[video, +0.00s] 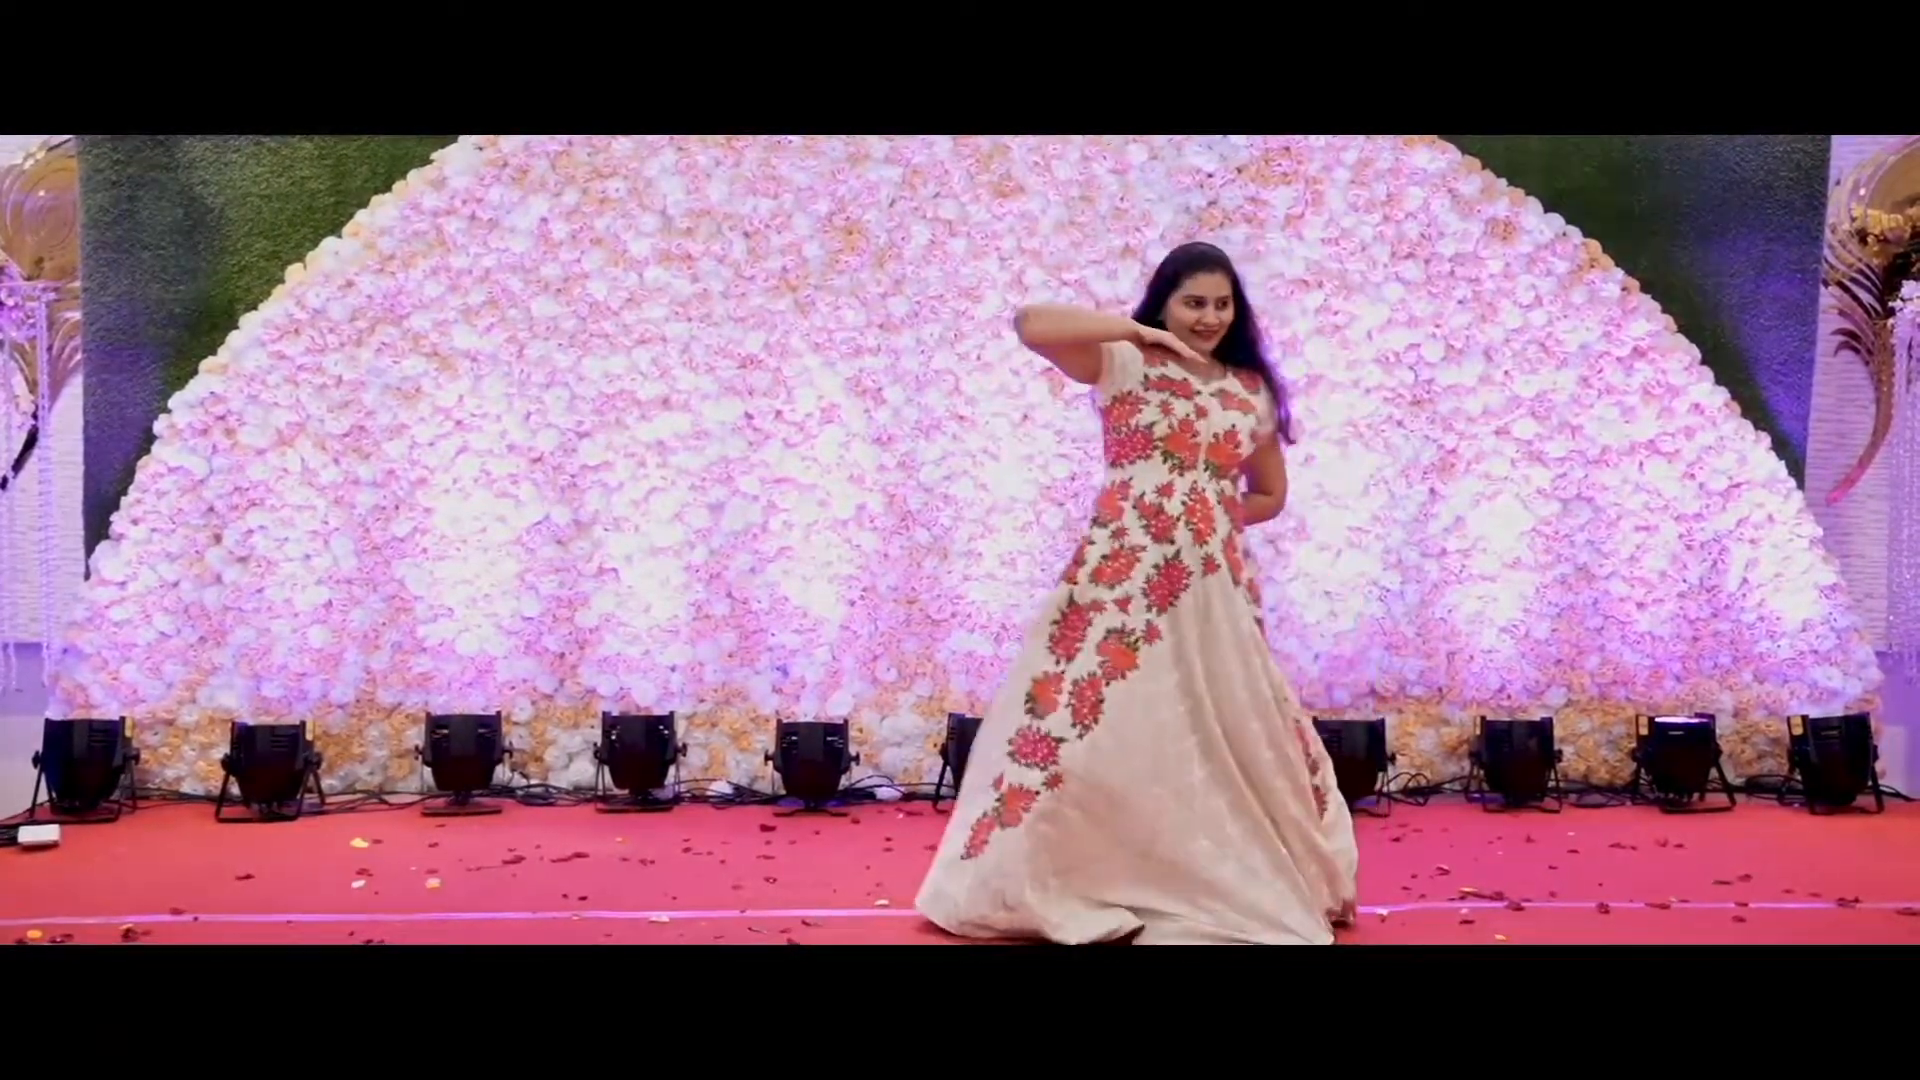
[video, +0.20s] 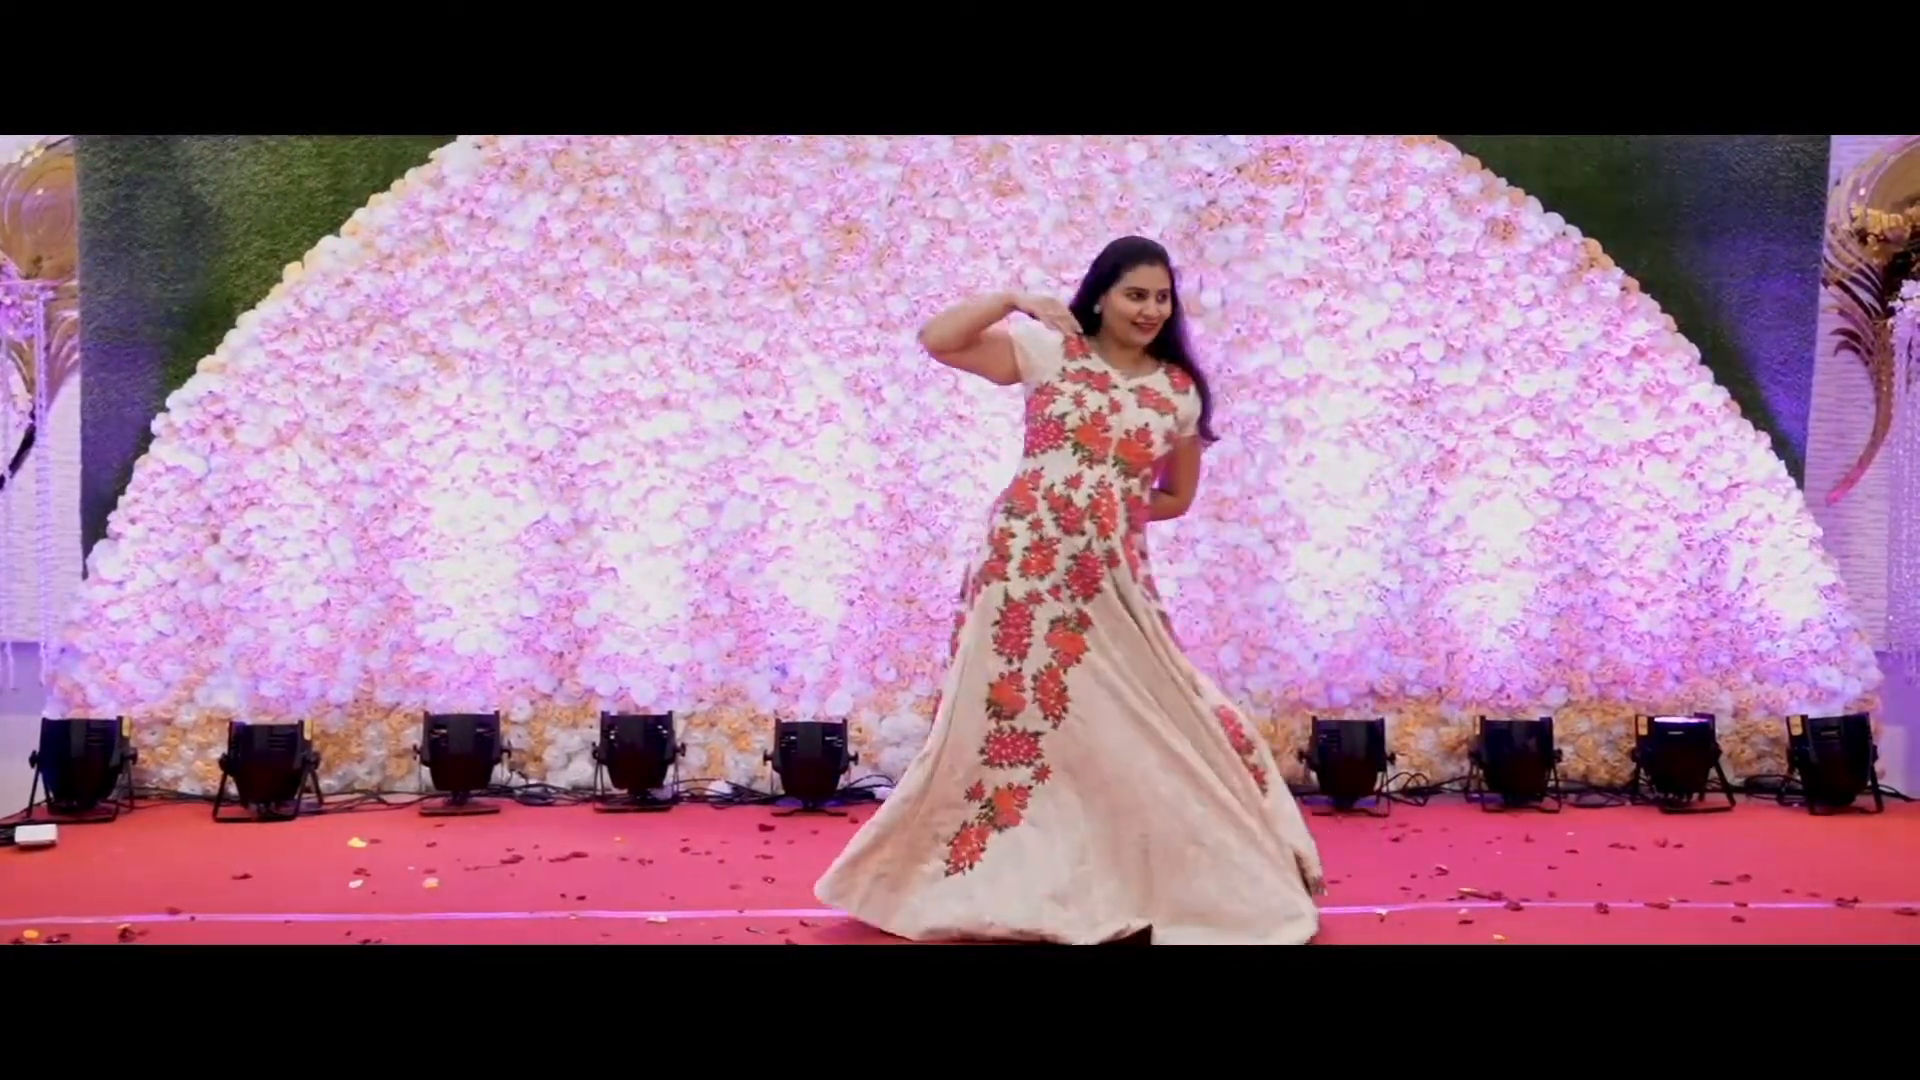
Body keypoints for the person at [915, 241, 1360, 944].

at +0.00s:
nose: (1209, 316)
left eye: (1222, 304)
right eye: (1194, 301)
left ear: (1235, 312)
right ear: (1163, 303)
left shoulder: (1249, 393)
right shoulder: (1123, 361)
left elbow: (1271, 495)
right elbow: (1033, 325)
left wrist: (1206, 512)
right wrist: (1136, 330)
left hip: (1207, 572)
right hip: (1124, 561)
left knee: (1209, 728)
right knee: (1109, 722)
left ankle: (1215, 886)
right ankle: (1104, 889)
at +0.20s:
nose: (1150, 309)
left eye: (1162, 297)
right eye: (1135, 294)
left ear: (1172, 306)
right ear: (1100, 297)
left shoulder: (1178, 393)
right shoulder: (1048, 352)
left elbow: (1176, 498)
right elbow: (939, 341)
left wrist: (1109, 504)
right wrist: (1011, 299)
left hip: (1108, 567)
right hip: (1027, 553)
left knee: (1113, 725)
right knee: (1016, 719)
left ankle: (1110, 894)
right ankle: (1007, 891)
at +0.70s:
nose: (1088, 334)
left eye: (1097, 323)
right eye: (1076, 317)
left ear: (1103, 330)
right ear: (1037, 315)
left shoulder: (1105, 406)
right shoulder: (976, 371)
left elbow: (1197, 465)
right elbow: (872, 341)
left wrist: (1182, 415)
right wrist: (907, 274)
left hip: (1039, 586)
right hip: (952, 575)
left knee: (1064, 747)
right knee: (938, 736)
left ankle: (1189, 903)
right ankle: (923, 905)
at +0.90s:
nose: (1103, 319)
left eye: (1111, 309)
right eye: (1093, 303)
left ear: (1107, 316)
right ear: (1050, 295)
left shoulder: (1103, 390)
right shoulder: (984, 341)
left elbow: (1199, 392)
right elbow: (953, 246)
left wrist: (1209, 292)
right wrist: (1002, 187)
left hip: (1051, 571)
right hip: (963, 560)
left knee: (1074, 735)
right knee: (956, 728)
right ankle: (949, 902)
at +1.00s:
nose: (1115, 313)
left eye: (1120, 301)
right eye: (1105, 296)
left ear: (1108, 306)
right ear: (1060, 288)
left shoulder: (1105, 379)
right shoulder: (995, 334)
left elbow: (1198, 371)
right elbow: (1014, 232)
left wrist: (1237, 278)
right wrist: (1075, 175)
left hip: (1061, 560)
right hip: (978, 553)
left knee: (1089, 725)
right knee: (979, 721)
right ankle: (978, 896)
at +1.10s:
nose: (1128, 307)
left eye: (1131, 294)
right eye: (1118, 290)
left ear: (1117, 295)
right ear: (1076, 281)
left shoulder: (1111, 371)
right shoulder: (1016, 330)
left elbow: (1198, 380)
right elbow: (1101, 255)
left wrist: (1272, 309)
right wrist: (1166, 203)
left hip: (1080, 551)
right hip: (1005, 545)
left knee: (1108, 719)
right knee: (1021, 718)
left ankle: (1123, 888)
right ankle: (1032, 893)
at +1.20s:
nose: (1143, 319)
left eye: (1149, 308)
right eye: (1134, 305)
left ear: (1137, 306)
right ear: (1095, 293)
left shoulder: (1123, 375)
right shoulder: (1042, 331)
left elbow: (1187, 422)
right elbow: (1153, 335)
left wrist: (1286, 375)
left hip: (1102, 557)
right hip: (1040, 554)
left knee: (1128, 713)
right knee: (1049, 718)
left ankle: (1133, 884)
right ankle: (1040, 889)